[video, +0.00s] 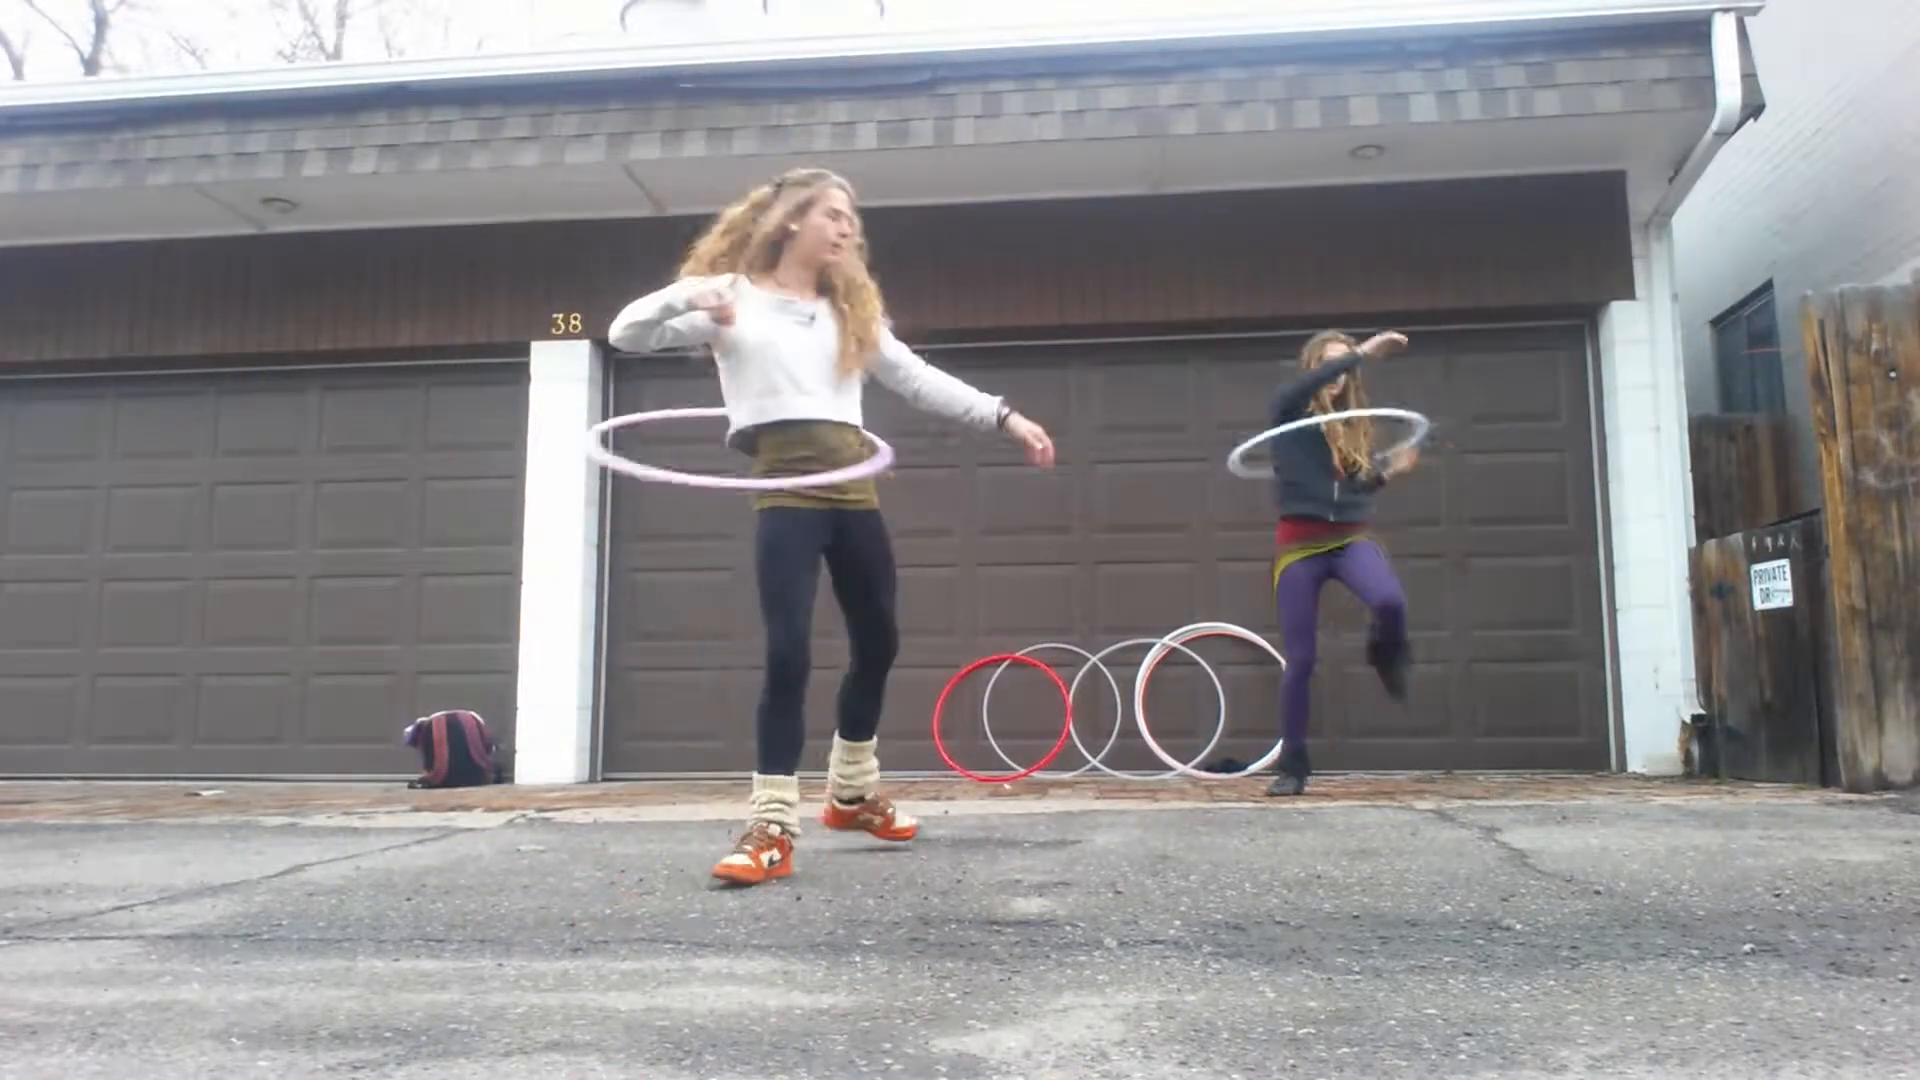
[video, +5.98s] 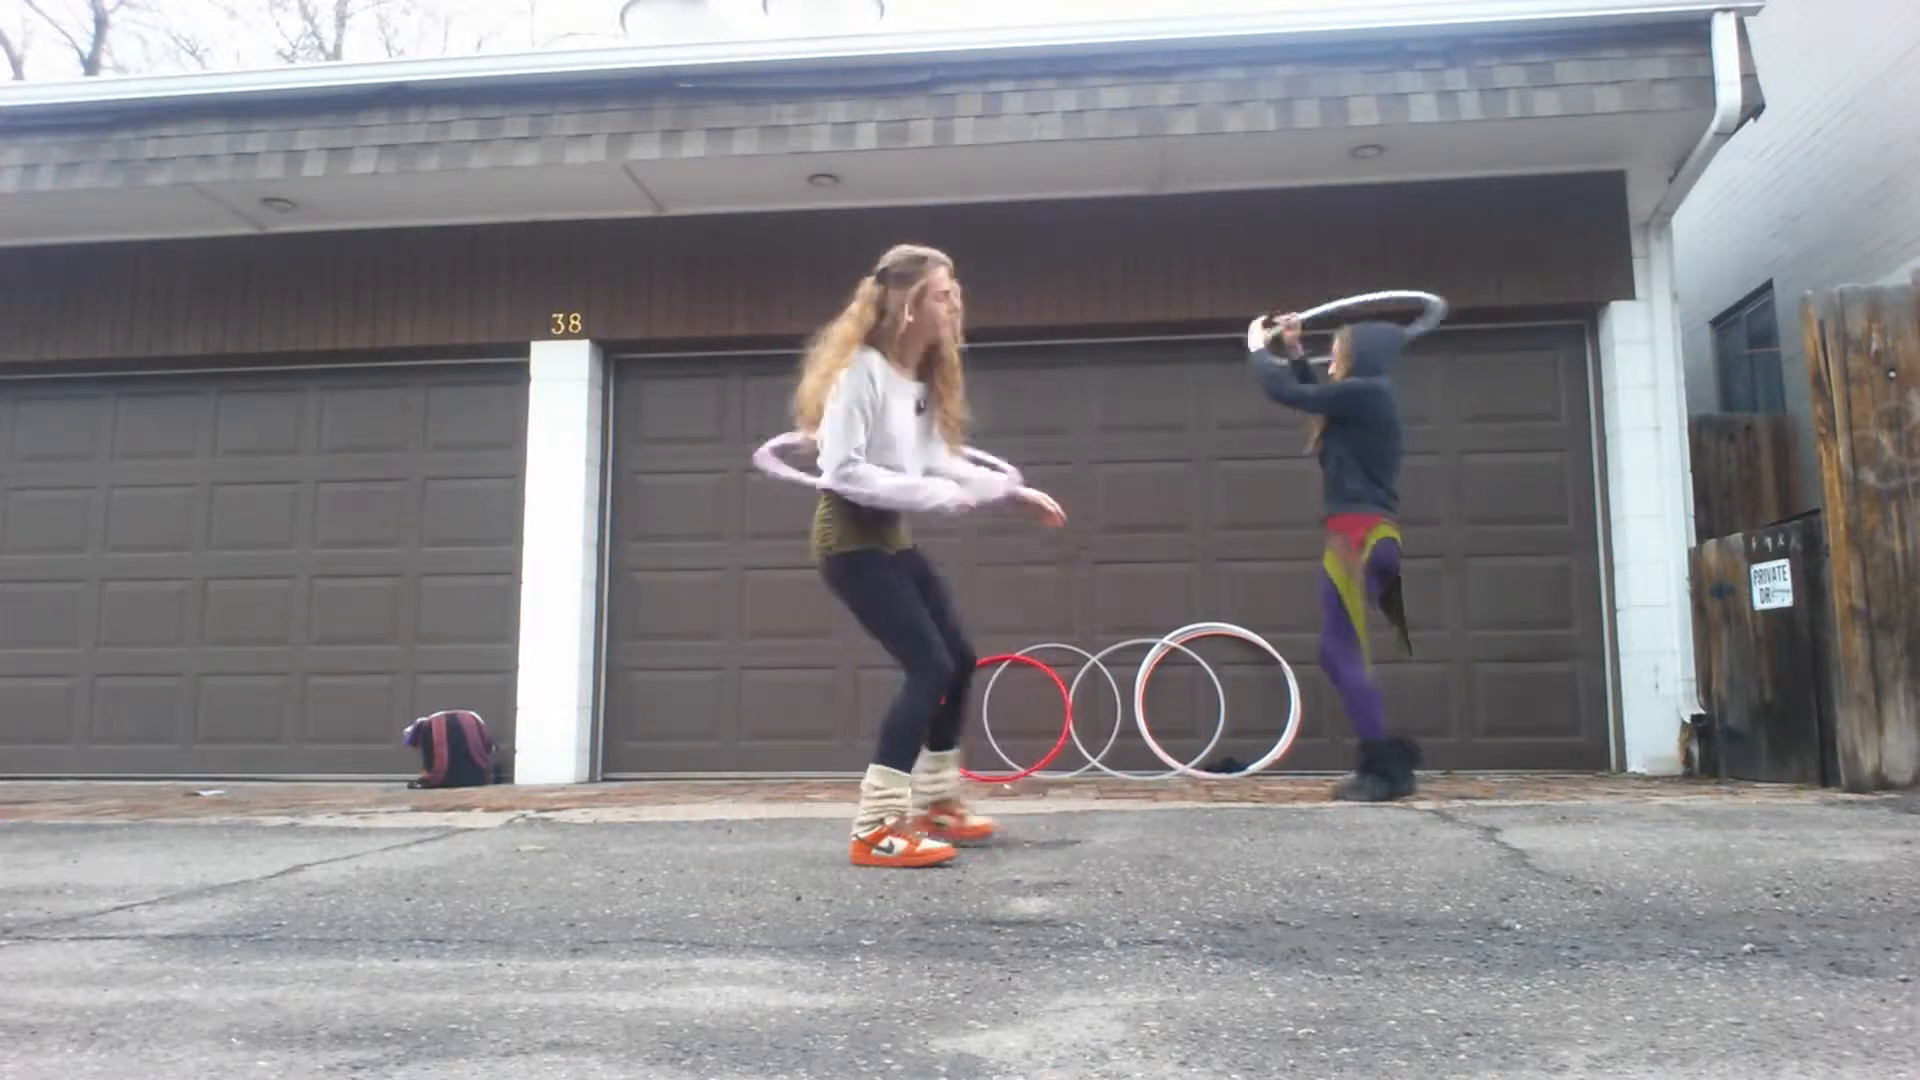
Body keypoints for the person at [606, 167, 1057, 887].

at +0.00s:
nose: (849, 228)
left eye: (853, 220)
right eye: (835, 214)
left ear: (848, 238)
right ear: (790, 221)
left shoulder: (848, 312)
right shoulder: (727, 293)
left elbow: (918, 378)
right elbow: (624, 332)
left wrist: (1004, 416)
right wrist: (693, 307)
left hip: (855, 496)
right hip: (787, 497)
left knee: (876, 646)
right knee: (788, 659)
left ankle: (851, 794)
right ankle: (771, 826)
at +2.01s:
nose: (814, 377)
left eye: (817, 370)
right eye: (817, 369)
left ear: (826, 372)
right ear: (870, 369)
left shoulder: (824, 411)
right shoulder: (901, 408)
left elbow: (818, 490)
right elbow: (939, 475)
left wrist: (775, 521)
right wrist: (923, 526)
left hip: (860, 541)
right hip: (911, 538)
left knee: (829, 662)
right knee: (906, 665)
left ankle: (834, 787)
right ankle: (942, 782)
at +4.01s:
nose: (840, 313)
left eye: (843, 305)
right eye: (828, 305)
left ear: (846, 316)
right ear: (798, 316)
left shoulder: (838, 379)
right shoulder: (791, 370)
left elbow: (844, 456)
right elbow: (818, 457)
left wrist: (871, 419)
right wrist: (907, 478)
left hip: (852, 530)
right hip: (804, 526)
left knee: (877, 660)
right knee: (795, 665)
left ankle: (845, 799)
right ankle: (750, 797)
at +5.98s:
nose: (955, 307)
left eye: (955, 296)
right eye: (943, 297)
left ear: (935, 309)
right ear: (903, 308)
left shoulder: (919, 382)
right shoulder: (857, 373)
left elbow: (937, 459)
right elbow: (840, 470)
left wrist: (1013, 490)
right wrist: (937, 493)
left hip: (893, 540)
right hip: (851, 545)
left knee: (958, 661)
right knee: (931, 665)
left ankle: (934, 805)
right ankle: (875, 826)